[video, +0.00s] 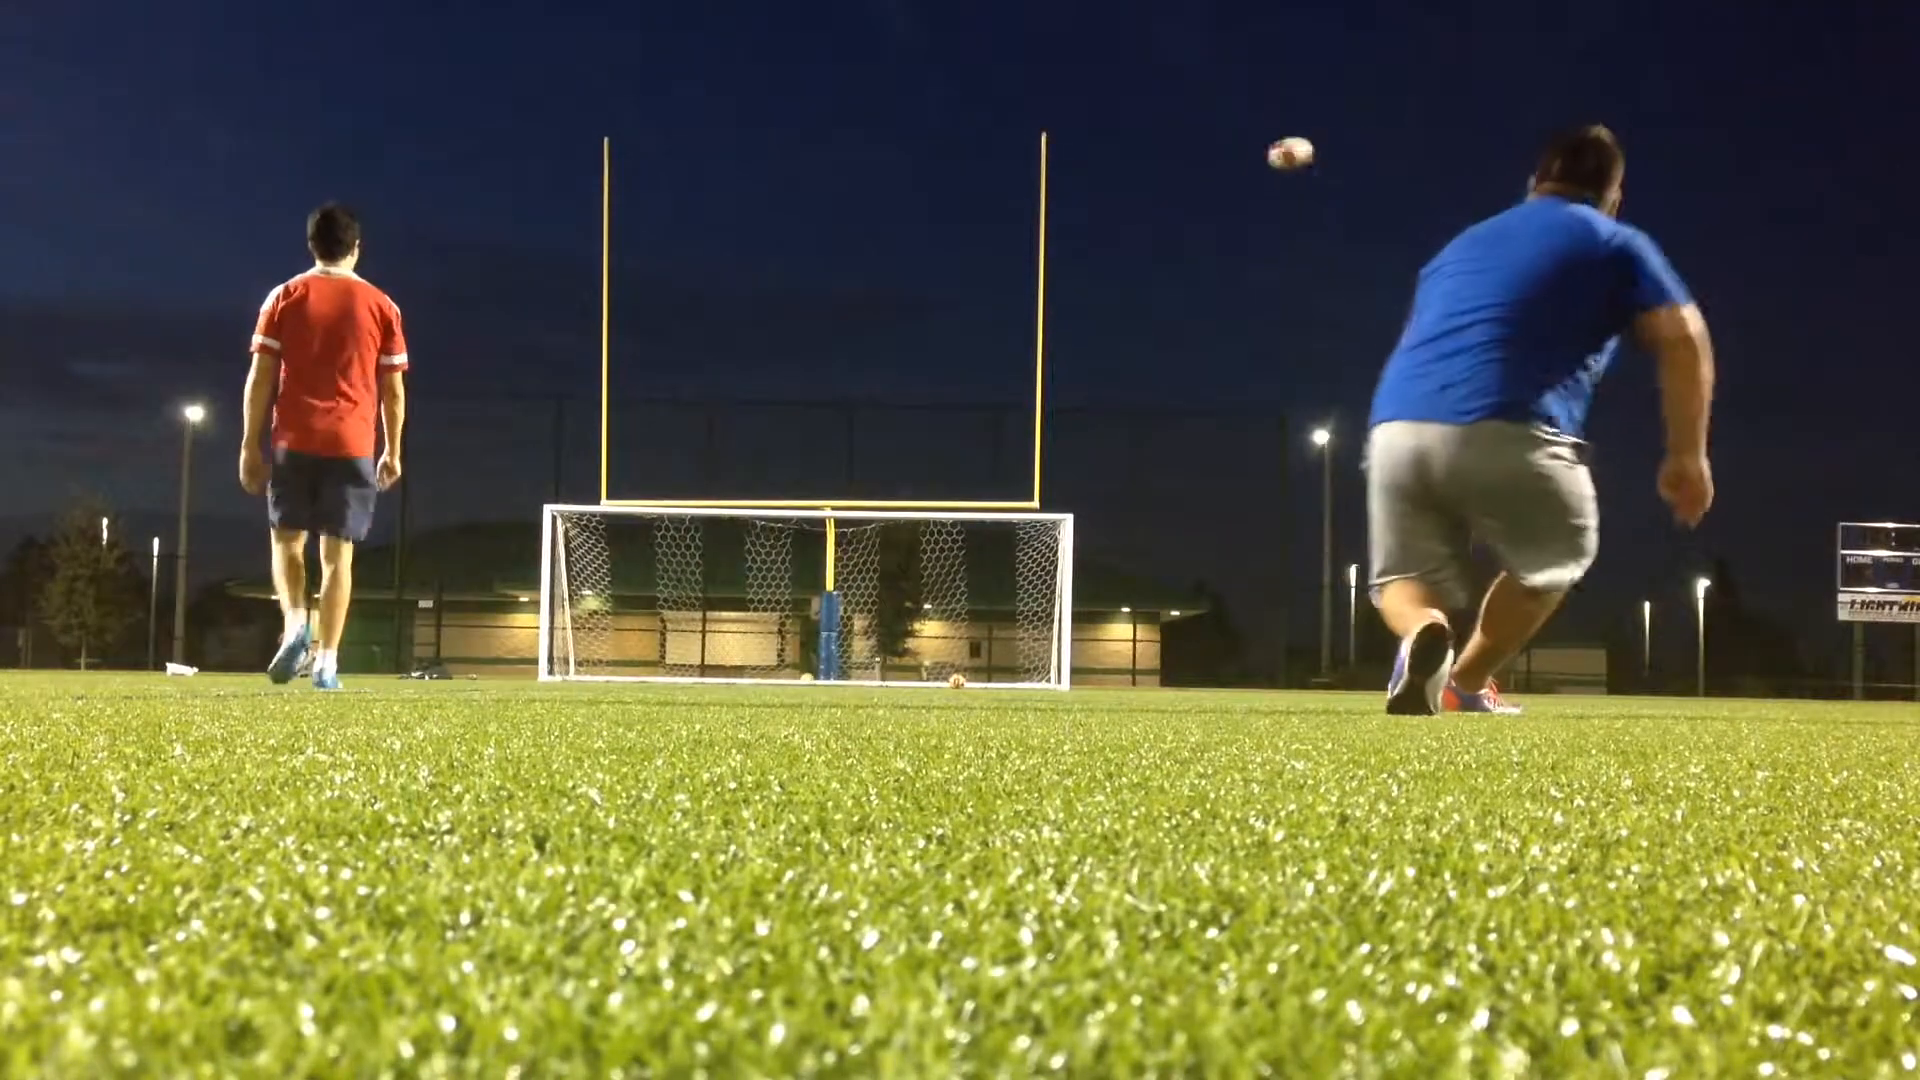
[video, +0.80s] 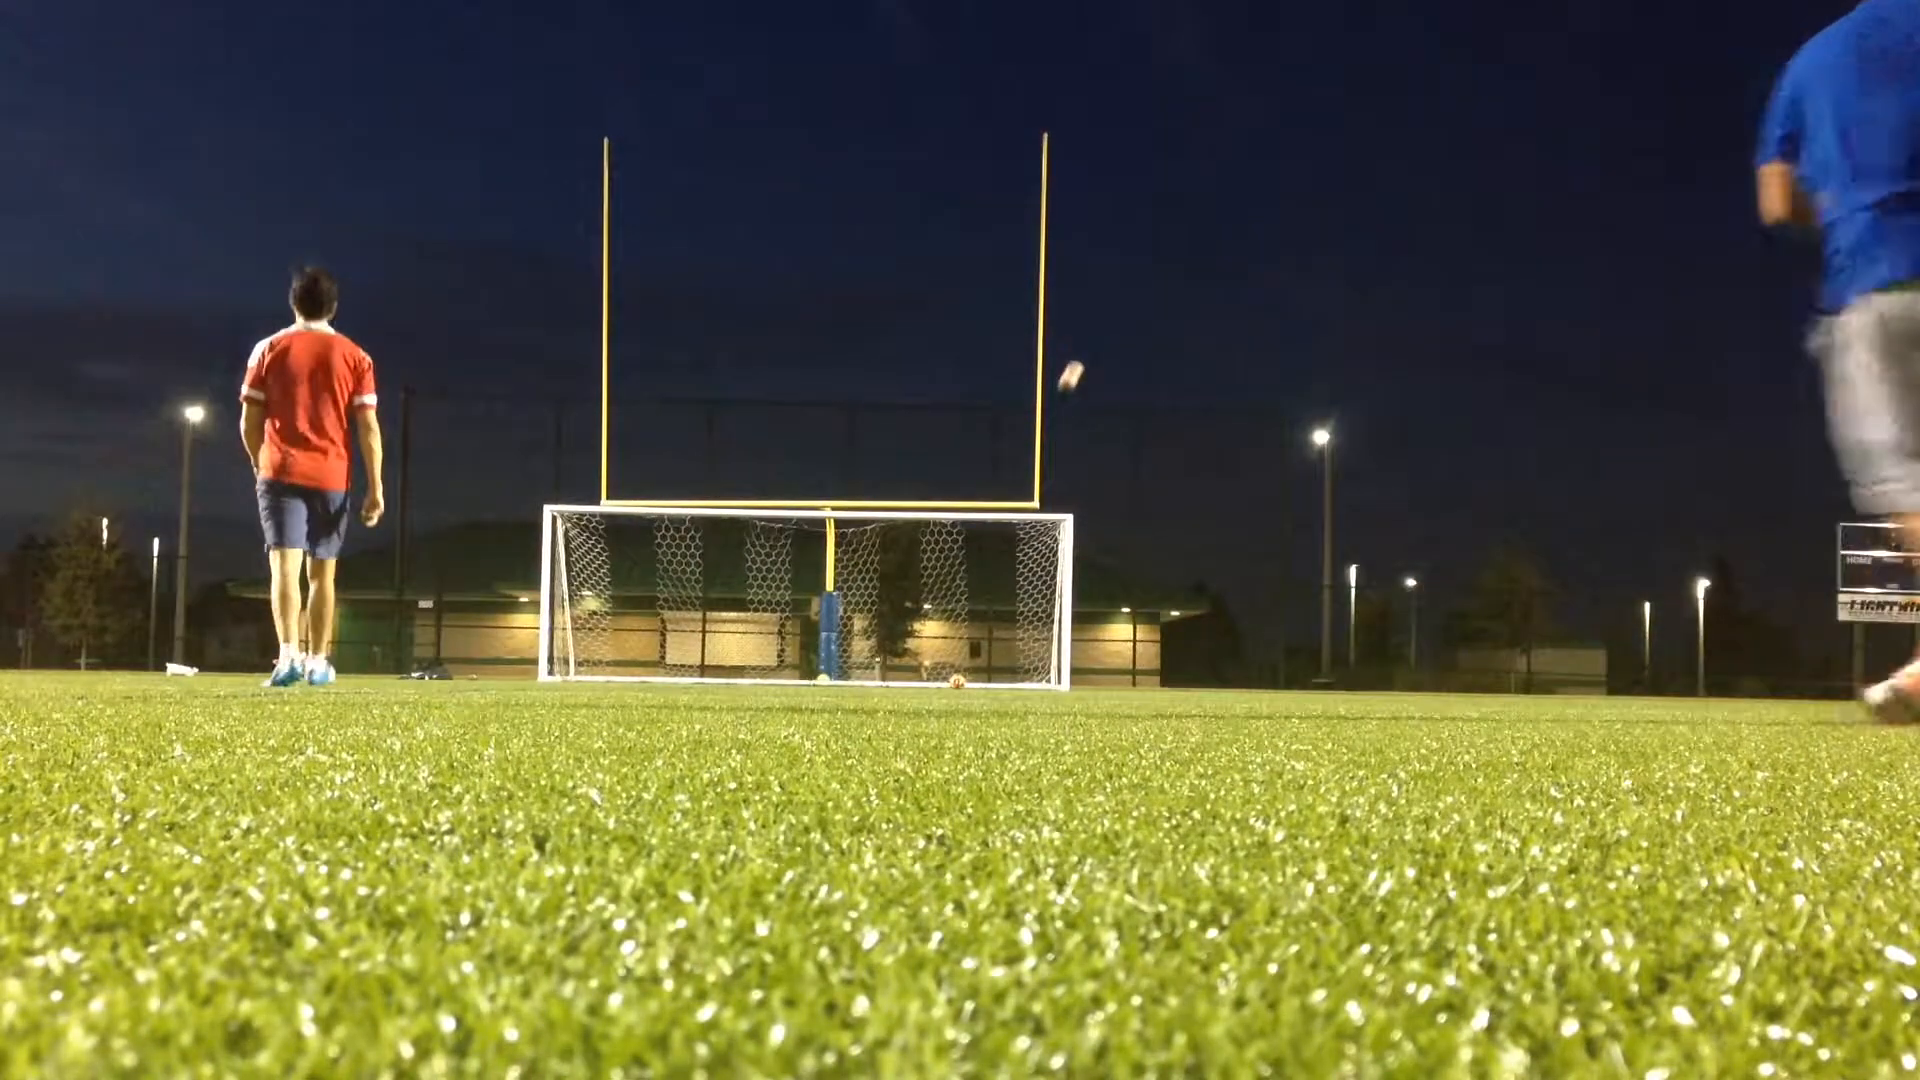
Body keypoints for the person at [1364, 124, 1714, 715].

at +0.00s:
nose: (1616, 206)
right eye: (1616, 197)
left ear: (1535, 183)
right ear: (1612, 195)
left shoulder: (1465, 241)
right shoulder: (1615, 242)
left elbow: (1427, 340)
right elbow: (1685, 334)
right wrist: (1688, 454)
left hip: (1400, 428)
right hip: (1512, 432)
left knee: (1402, 574)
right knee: (1553, 557)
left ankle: (1423, 630)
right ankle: (1466, 682)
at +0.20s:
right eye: (1649, 129)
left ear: (1563, 124)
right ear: (1644, 127)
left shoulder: (1503, 193)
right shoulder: (1659, 162)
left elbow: (1447, 316)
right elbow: (1708, 240)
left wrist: (1488, 381)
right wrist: (1699, 358)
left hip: (1481, 391)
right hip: (1596, 395)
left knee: (1448, 546)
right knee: (1603, 547)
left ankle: (1441, 645)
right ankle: (1519, 660)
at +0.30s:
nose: (1684, 114)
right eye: (1681, 105)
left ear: (1590, 105)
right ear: (1672, 104)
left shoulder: (1520, 180)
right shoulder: (1689, 145)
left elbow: (1479, 305)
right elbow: (1744, 239)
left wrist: (1525, 371)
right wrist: (1768, 356)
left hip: (1513, 380)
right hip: (1634, 376)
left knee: (1470, 535)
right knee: (1690, 502)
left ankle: (1439, 652)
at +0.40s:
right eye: (1726, 84)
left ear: (1630, 85)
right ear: (1719, 85)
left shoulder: (1557, 167)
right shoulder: (1744, 133)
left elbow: (1523, 291)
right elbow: (1819, 234)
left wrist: (1589, 345)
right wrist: (1852, 345)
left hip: (1556, 364)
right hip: (1692, 362)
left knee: (1500, 534)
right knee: (1774, 498)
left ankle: (1437, 665)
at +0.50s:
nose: (1701, 66)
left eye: (1706, 53)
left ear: (1715, 56)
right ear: (1805, 54)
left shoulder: (1644, 139)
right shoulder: (1850, 104)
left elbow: (1602, 270)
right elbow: (1906, 207)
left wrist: (1707, 272)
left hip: (1660, 350)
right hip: (1806, 343)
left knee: (1571, 526)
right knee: (1854, 520)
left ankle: (1478, 660)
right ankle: (1872, 688)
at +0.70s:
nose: (1817, 11)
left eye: (1816, 7)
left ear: (1825, 6)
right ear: (1892, 1)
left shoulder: (1776, 79)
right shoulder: (1915, 47)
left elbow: (1734, 222)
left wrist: (1814, 202)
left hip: (1828, 296)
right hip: (1916, 289)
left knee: (1789, 486)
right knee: (1907, 498)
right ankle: (1892, 676)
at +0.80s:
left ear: (1855, 0)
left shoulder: (1814, 59)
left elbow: (1775, 202)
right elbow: (1779, 200)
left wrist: (1848, 203)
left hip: (1875, 283)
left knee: (1896, 486)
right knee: (1896, 483)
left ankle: (1918, 660)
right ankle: (1916, 662)